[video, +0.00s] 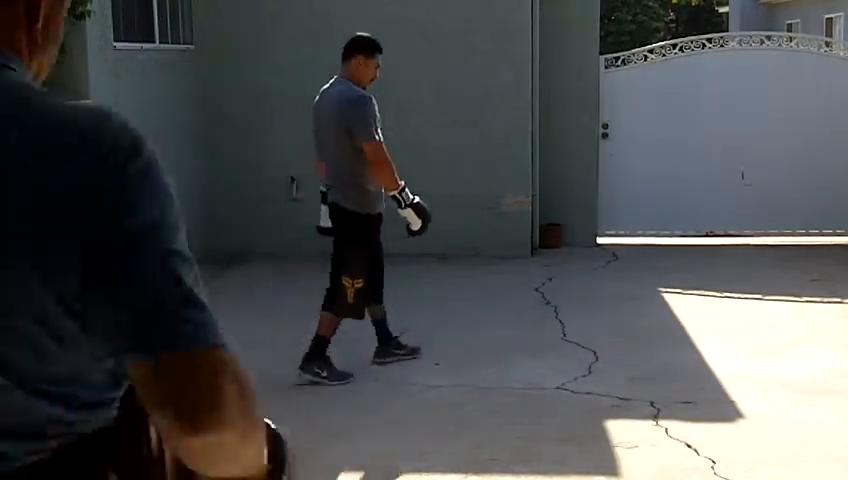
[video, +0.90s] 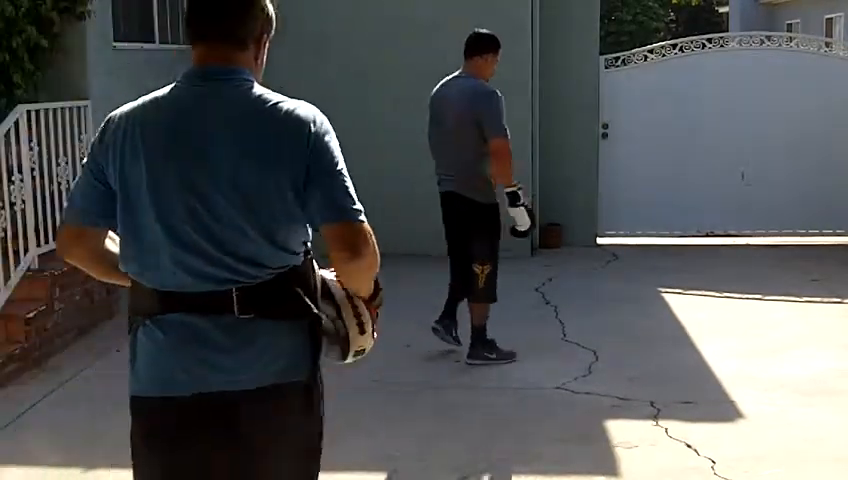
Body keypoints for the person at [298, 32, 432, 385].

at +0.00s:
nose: (377, 73)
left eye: (378, 66)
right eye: (374, 65)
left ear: (351, 62)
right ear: (357, 62)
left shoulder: (327, 96)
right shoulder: (358, 100)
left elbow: (323, 157)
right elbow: (377, 158)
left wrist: (326, 196)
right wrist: (406, 199)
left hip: (345, 204)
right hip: (358, 208)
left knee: (372, 274)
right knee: (345, 282)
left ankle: (386, 341)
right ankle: (315, 358)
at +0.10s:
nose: (390, 71)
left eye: (390, 64)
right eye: (387, 63)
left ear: (362, 61)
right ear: (371, 60)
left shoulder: (342, 94)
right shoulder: (372, 97)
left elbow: (346, 154)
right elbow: (387, 153)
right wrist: (413, 198)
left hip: (359, 203)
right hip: (375, 207)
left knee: (382, 275)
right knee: (372, 284)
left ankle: (386, 341)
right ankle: (331, 345)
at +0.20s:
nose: (402, 70)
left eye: (403, 63)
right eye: (399, 62)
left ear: (376, 60)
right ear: (383, 60)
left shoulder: (355, 93)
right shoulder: (384, 95)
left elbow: (364, 152)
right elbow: (396, 152)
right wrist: (418, 198)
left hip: (369, 202)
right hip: (391, 205)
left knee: (384, 271)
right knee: (408, 278)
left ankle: (388, 342)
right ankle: (361, 329)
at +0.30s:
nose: (414, 70)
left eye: (415, 63)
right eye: (412, 62)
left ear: (389, 59)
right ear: (396, 58)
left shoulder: (367, 92)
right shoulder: (394, 94)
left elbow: (377, 149)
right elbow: (404, 147)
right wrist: (424, 196)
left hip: (378, 201)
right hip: (403, 204)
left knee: (383, 269)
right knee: (427, 273)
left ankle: (385, 341)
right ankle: (397, 335)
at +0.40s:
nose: (427, 69)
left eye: (428, 62)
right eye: (425, 62)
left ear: (404, 58)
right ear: (408, 58)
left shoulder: (382, 90)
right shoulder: (407, 94)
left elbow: (390, 147)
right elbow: (415, 148)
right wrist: (434, 197)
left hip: (389, 200)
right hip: (415, 202)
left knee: (387, 270)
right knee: (443, 271)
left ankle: (387, 341)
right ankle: (441, 345)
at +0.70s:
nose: (473, 70)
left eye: (474, 63)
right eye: (472, 63)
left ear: (448, 59)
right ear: (457, 59)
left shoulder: (424, 90)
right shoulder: (454, 98)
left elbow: (431, 150)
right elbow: (464, 156)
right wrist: (479, 204)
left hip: (431, 201)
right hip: (455, 206)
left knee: (426, 269)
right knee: (472, 273)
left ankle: (399, 331)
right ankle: (479, 343)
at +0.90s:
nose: (496, 66)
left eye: (496, 59)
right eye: (495, 59)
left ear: (467, 56)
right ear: (485, 58)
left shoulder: (442, 90)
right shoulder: (485, 94)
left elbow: (440, 144)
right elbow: (500, 150)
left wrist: (459, 179)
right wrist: (513, 197)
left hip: (450, 194)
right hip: (477, 196)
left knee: (462, 261)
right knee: (483, 267)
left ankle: (447, 319)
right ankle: (480, 343)